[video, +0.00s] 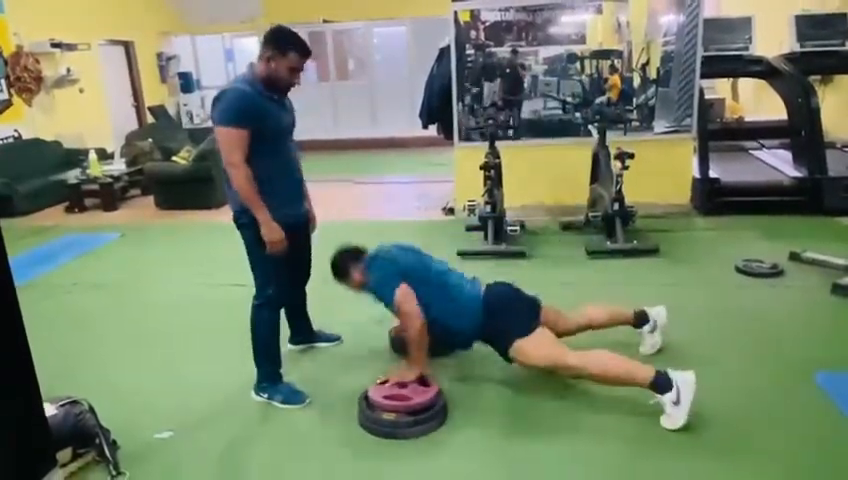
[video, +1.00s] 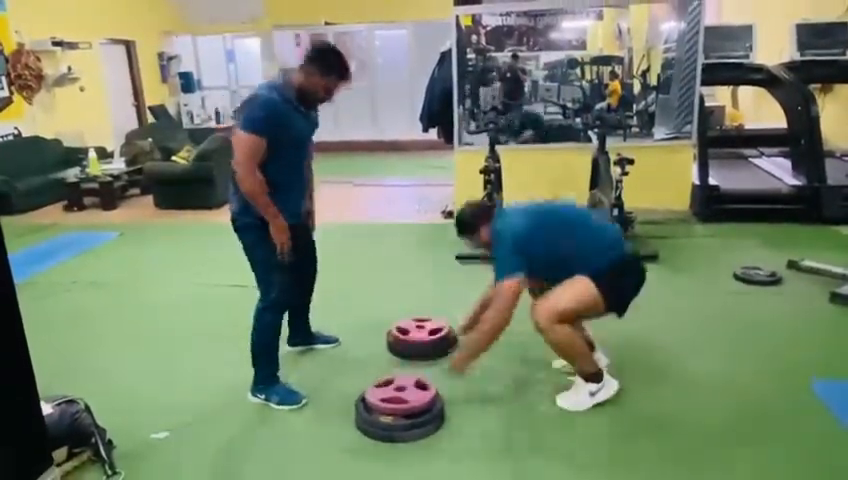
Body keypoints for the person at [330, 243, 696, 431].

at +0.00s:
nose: (356, 286)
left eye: (352, 282)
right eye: (353, 282)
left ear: (354, 274)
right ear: (362, 257)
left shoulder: (380, 272)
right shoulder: (391, 253)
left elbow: (414, 317)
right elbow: (426, 300)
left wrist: (416, 369)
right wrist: (416, 340)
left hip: (492, 321)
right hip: (497, 296)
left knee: (566, 362)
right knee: (568, 322)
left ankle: (666, 384)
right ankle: (646, 316)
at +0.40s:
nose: (392, 282)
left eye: (386, 279)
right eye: (387, 278)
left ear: (384, 265)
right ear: (387, 249)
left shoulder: (408, 257)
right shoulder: (415, 241)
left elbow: (416, 322)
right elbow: (423, 300)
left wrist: (414, 369)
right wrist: (412, 336)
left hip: (522, 284)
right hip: (524, 269)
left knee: (579, 352)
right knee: (583, 315)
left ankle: (683, 387)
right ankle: (655, 323)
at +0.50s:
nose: (412, 290)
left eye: (407, 289)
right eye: (408, 288)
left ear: (408, 277)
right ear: (407, 262)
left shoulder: (427, 258)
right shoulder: (428, 244)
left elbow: (425, 327)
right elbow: (435, 297)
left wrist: (414, 374)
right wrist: (423, 324)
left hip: (547, 252)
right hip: (545, 242)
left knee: (558, 345)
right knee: (565, 309)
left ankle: (654, 374)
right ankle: (631, 321)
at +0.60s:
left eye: (435, 293)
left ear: (435, 285)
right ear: (431, 264)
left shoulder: (453, 266)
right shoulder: (448, 253)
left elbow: (441, 329)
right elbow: (442, 297)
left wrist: (415, 370)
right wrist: (423, 323)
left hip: (571, 249)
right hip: (556, 238)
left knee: (531, 328)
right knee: (534, 298)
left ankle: (601, 378)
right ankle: (593, 336)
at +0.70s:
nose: (451, 299)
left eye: (450, 295)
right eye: (449, 296)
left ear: (455, 289)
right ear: (454, 266)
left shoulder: (479, 278)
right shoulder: (473, 259)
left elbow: (452, 339)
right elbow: (460, 303)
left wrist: (413, 373)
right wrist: (422, 322)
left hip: (595, 281)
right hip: (584, 262)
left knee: (530, 329)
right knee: (533, 307)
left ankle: (595, 378)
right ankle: (586, 347)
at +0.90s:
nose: (473, 274)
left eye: (471, 269)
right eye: (470, 270)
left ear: (479, 261)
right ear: (483, 250)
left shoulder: (503, 271)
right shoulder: (502, 248)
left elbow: (467, 338)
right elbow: (480, 295)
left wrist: (421, 372)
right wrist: (446, 324)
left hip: (619, 296)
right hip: (612, 280)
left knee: (545, 324)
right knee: (547, 307)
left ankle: (598, 382)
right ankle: (588, 354)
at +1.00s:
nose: (479, 246)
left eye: (475, 241)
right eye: (475, 243)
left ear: (482, 231)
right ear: (487, 218)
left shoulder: (508, 235)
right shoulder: (507, 222)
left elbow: (502, 309)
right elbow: (502, 287)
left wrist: (466, 355)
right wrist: (474, 321)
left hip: (618, 270)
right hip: (609, 256)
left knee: (546, 314)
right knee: (538, 288)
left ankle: (595, 382)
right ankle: (587, 353)